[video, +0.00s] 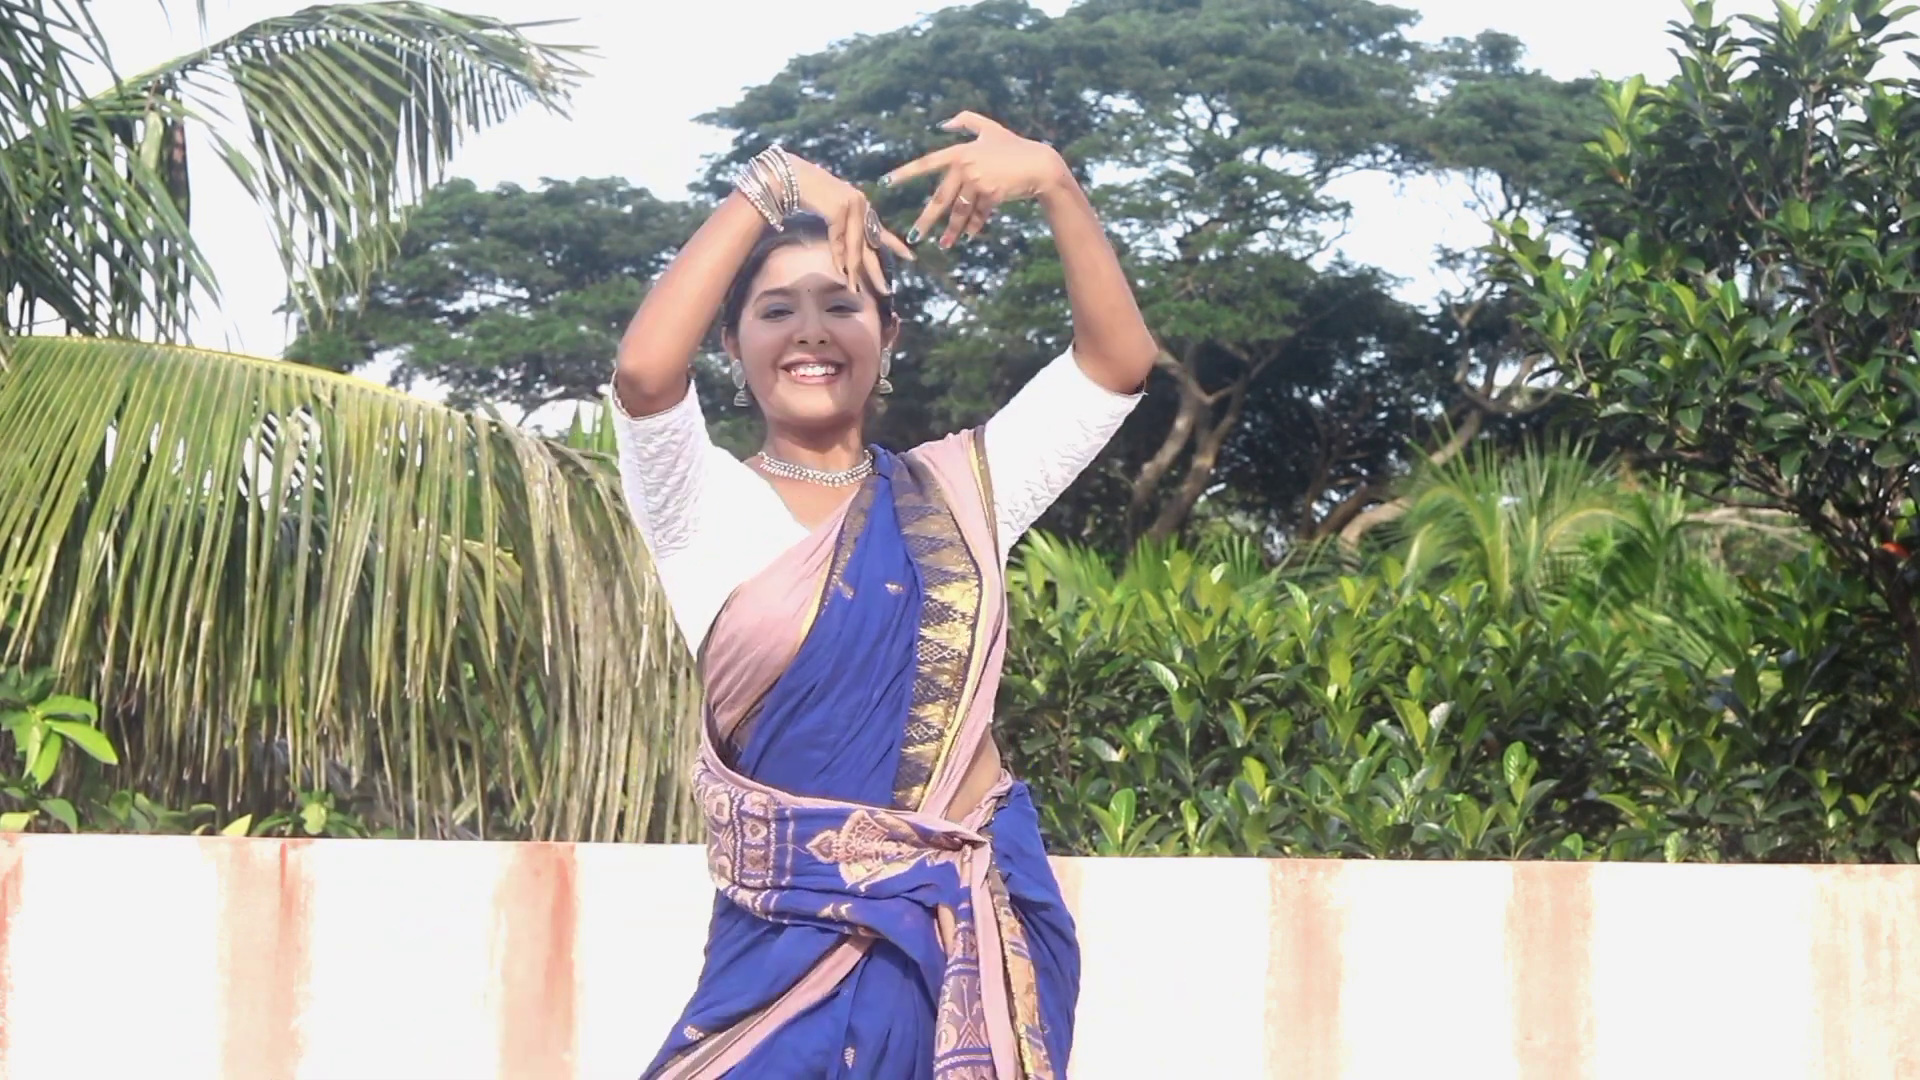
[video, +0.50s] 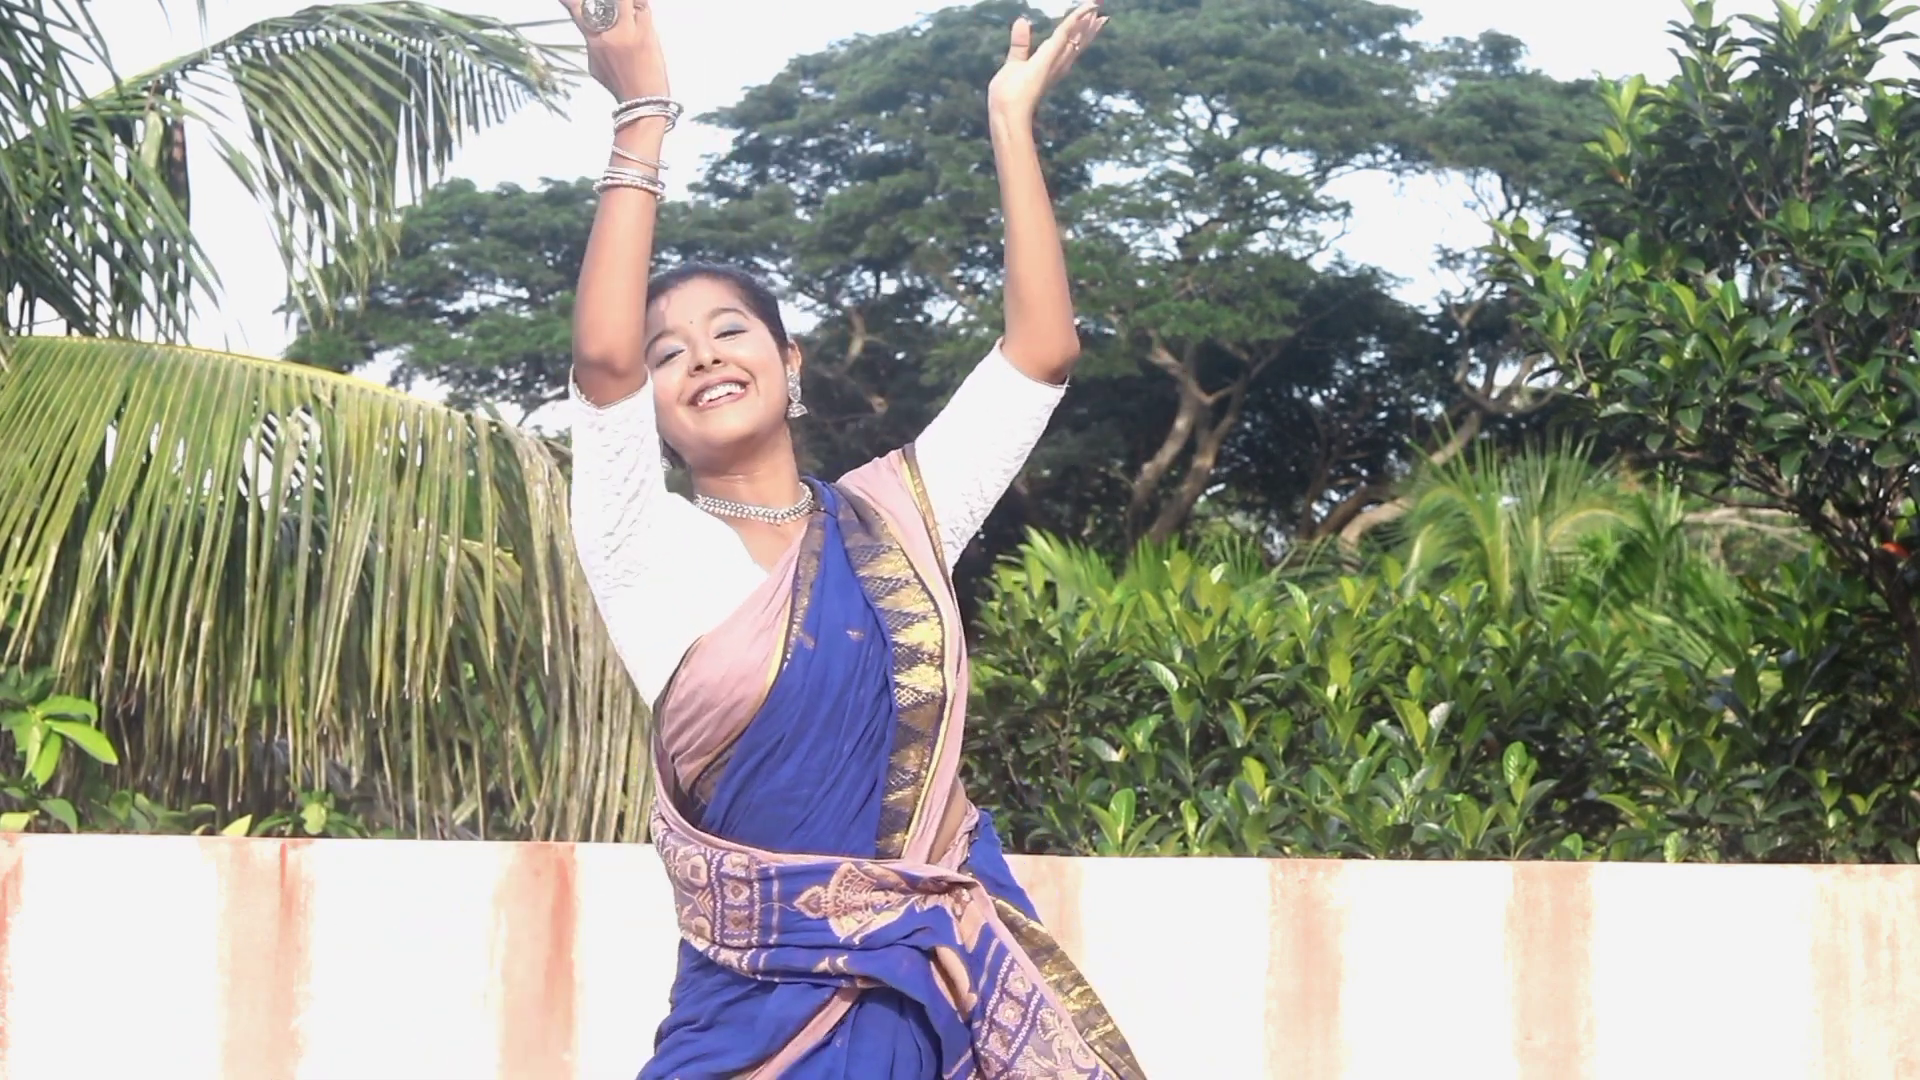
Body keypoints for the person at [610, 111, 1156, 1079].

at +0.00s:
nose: (811, 330)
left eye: (841, 302)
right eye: (776, 308)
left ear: (887, 335)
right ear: (736, 347)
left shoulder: (963, 486)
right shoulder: (700, 507)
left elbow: (1118, 359)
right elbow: (645, 374)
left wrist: (1055, 182)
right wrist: (771, 177)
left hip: (984, 916)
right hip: (791, 929)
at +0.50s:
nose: (703, 355)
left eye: (729, 329)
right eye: (668, 350)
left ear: (788, 364)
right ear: (648, 404)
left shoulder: (900, 509)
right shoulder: (647, 553)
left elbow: (1042, 348)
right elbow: (605, 365)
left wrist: (1011, 117)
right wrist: (641, 115)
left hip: (974, 983)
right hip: (766, 1006)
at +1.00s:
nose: (630, 445)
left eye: (652, 410)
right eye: (597, 446)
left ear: (727, 421)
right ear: (595, 506)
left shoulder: (882, 542)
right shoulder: (630, 649)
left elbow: (1043, 408)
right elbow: (454, 482)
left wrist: (1070, 216)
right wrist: (449, 257)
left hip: (995, 1006)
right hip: (799, 1051)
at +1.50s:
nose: (625, 489)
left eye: (648, 450)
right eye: (595, 489)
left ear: (727, 451)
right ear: (600, 538)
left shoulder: (901, 564)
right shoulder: (635, 681)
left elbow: (1103, 495)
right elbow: (441, 577)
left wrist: (1199, 303)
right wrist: (300, 385)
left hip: (1022, 1015)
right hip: (825, 1053)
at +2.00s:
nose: (609, 509)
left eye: (627, 470)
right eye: (585, 506)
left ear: (716, 458)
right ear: (594, 546)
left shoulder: (905, 571)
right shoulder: (629, 694)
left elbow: (1124, 558)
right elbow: (402, 659)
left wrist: (1267, 396)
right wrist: (282, 470)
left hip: (1028, 1010)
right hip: (825, 1050)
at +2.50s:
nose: (584, 530)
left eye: (603, 490)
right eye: (563, 520)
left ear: (700, 475)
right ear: (578, 557)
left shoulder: (895, 582)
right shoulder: (616, 708)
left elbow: (1105, 607)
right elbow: (381, 738)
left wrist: (1278, 519)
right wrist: (251, 599)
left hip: (1028, 1017)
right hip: (827, 1061)